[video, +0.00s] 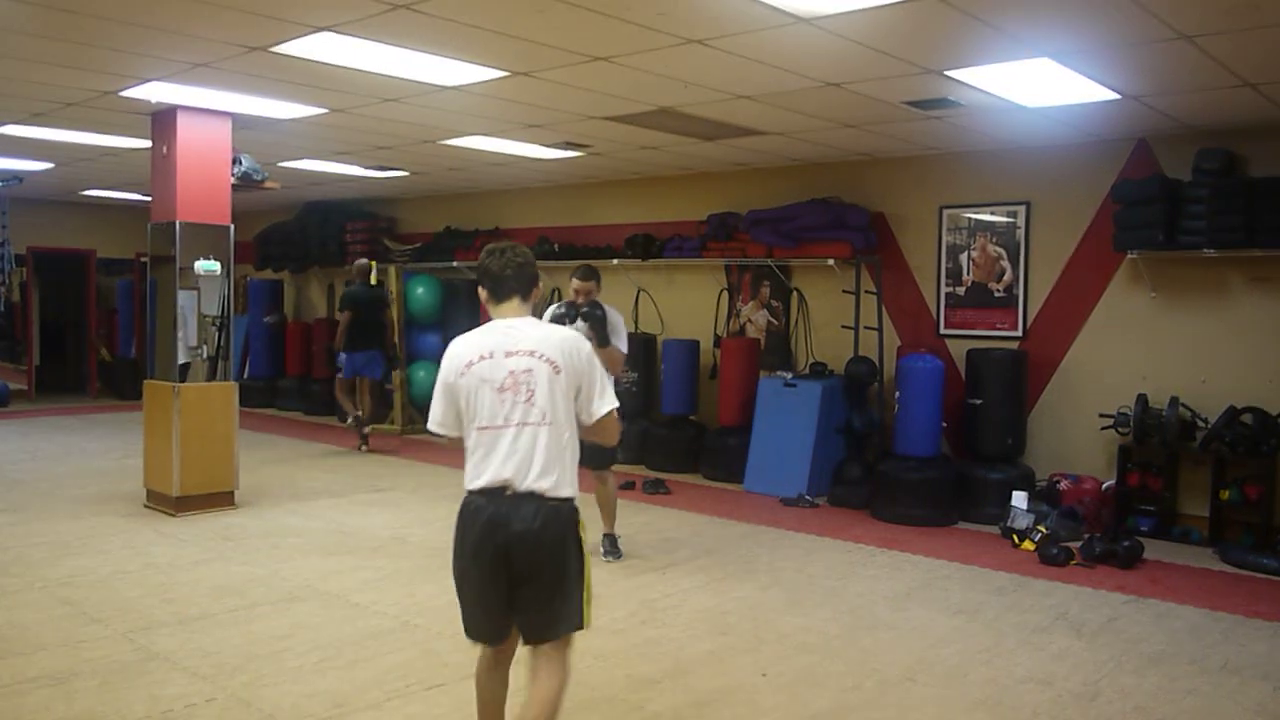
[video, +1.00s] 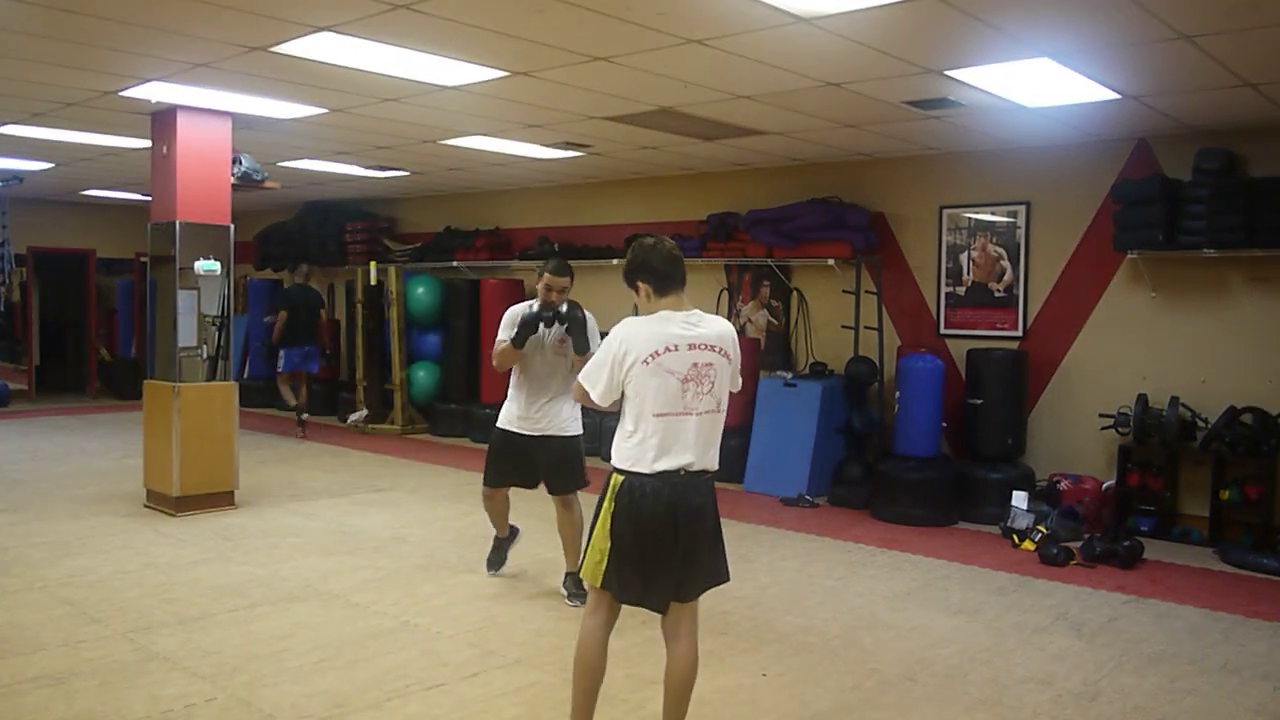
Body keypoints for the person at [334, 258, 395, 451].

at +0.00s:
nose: (352, 273)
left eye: (354, 271)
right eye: (356, 270)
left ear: (355, 273)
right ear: (371, 274)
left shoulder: (349, 294)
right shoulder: (380, 294)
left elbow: (345, 321)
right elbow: (389, 321)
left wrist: (338, 345)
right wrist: (390, 345)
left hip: (353, 348)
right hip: (375, 347)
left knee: (342, 389)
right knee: (366, 391)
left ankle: (353, 413)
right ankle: (364, 436)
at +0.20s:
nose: (337, 277)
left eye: (338, 274)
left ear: (338, 276)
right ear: (354, 276)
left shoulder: (334, 295)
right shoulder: (364, 295)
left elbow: (333, 321)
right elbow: (374, 318)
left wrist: (329, 348)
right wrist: (371, 342)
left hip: (339, 347)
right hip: (361, 347)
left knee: (328, 389)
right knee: (360, 391)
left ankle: (322, 432)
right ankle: (364, 437)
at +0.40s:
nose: (319, 276)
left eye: (320, 273)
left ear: (321, 276)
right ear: (337, 275)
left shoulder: (316, 297)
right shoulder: (346, 293)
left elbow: (315, 324)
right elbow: (356, 317)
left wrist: (311, 348)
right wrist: (358, 337)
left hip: (323, 348)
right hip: (344, 346)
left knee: (317, 388)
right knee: (340, 387)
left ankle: (318, 433)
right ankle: (351, 415)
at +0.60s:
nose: (310, 277)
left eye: (310, 274)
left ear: (310, 275)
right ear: (326, 274)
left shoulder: (304, 293)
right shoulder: (334, 291)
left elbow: (298, 320)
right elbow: (345, 318)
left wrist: (291, 337)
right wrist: (345, 339)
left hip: (311, 345)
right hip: (331, 344)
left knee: (313, 387)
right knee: (324, 382)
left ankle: (317, 432)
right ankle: (326, 419)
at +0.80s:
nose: (300, 279)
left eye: (301, 276)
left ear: (301, 277)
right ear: (316, 278)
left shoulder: (295, 294)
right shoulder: (324, 295)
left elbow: (289, 320)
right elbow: (334, 319)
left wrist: (278, 335)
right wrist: (334, 339)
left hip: (301, 345)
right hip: (320, 344)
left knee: (306, 386)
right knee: (307, 386)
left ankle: (315, 428)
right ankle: (303, 424)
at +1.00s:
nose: (292, 278)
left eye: (293, 275)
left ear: (294, 276)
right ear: (308, 277)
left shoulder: (287, 293)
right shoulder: (316, 294)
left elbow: (282, 318)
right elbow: (323, 318)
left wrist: (274, 338)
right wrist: (324, 340)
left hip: (291, 343)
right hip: (310, 342)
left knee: (282, 380)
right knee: (303, 381)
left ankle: (294, 405)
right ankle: (301, 422)